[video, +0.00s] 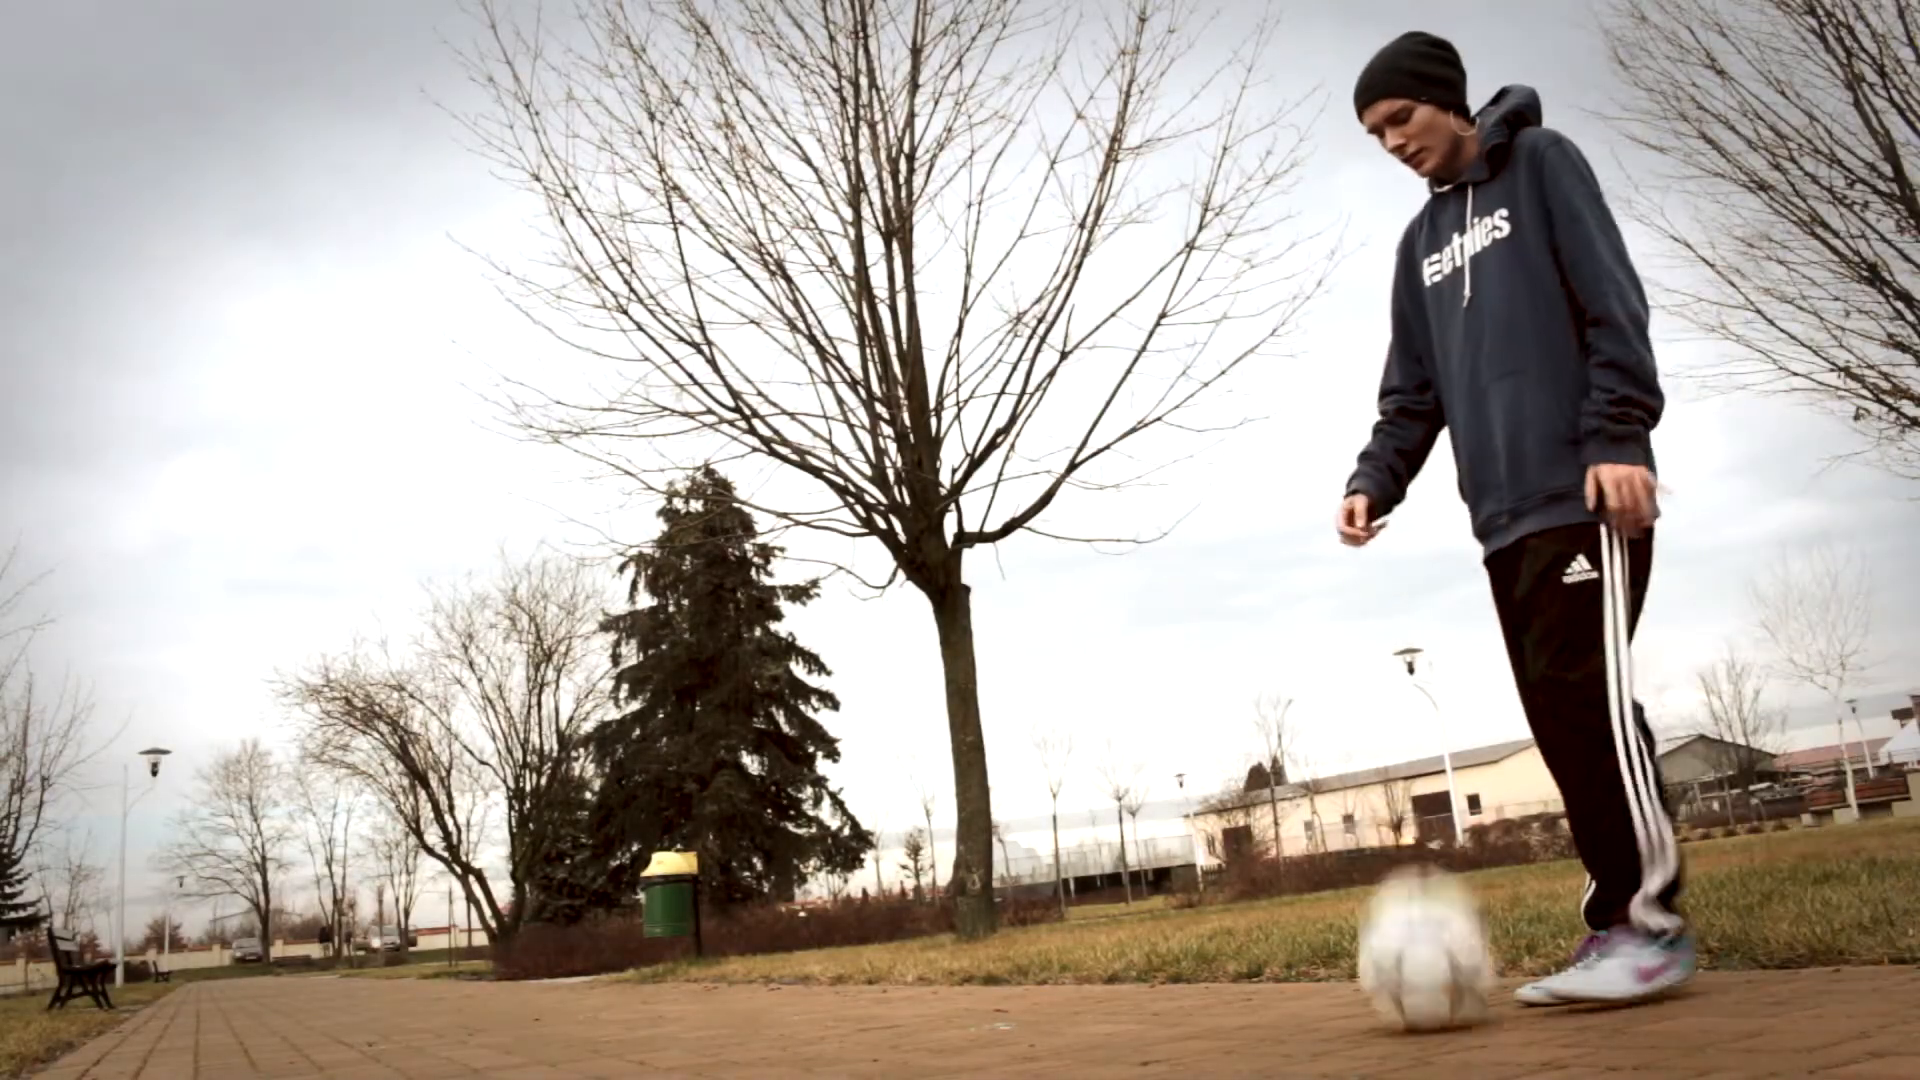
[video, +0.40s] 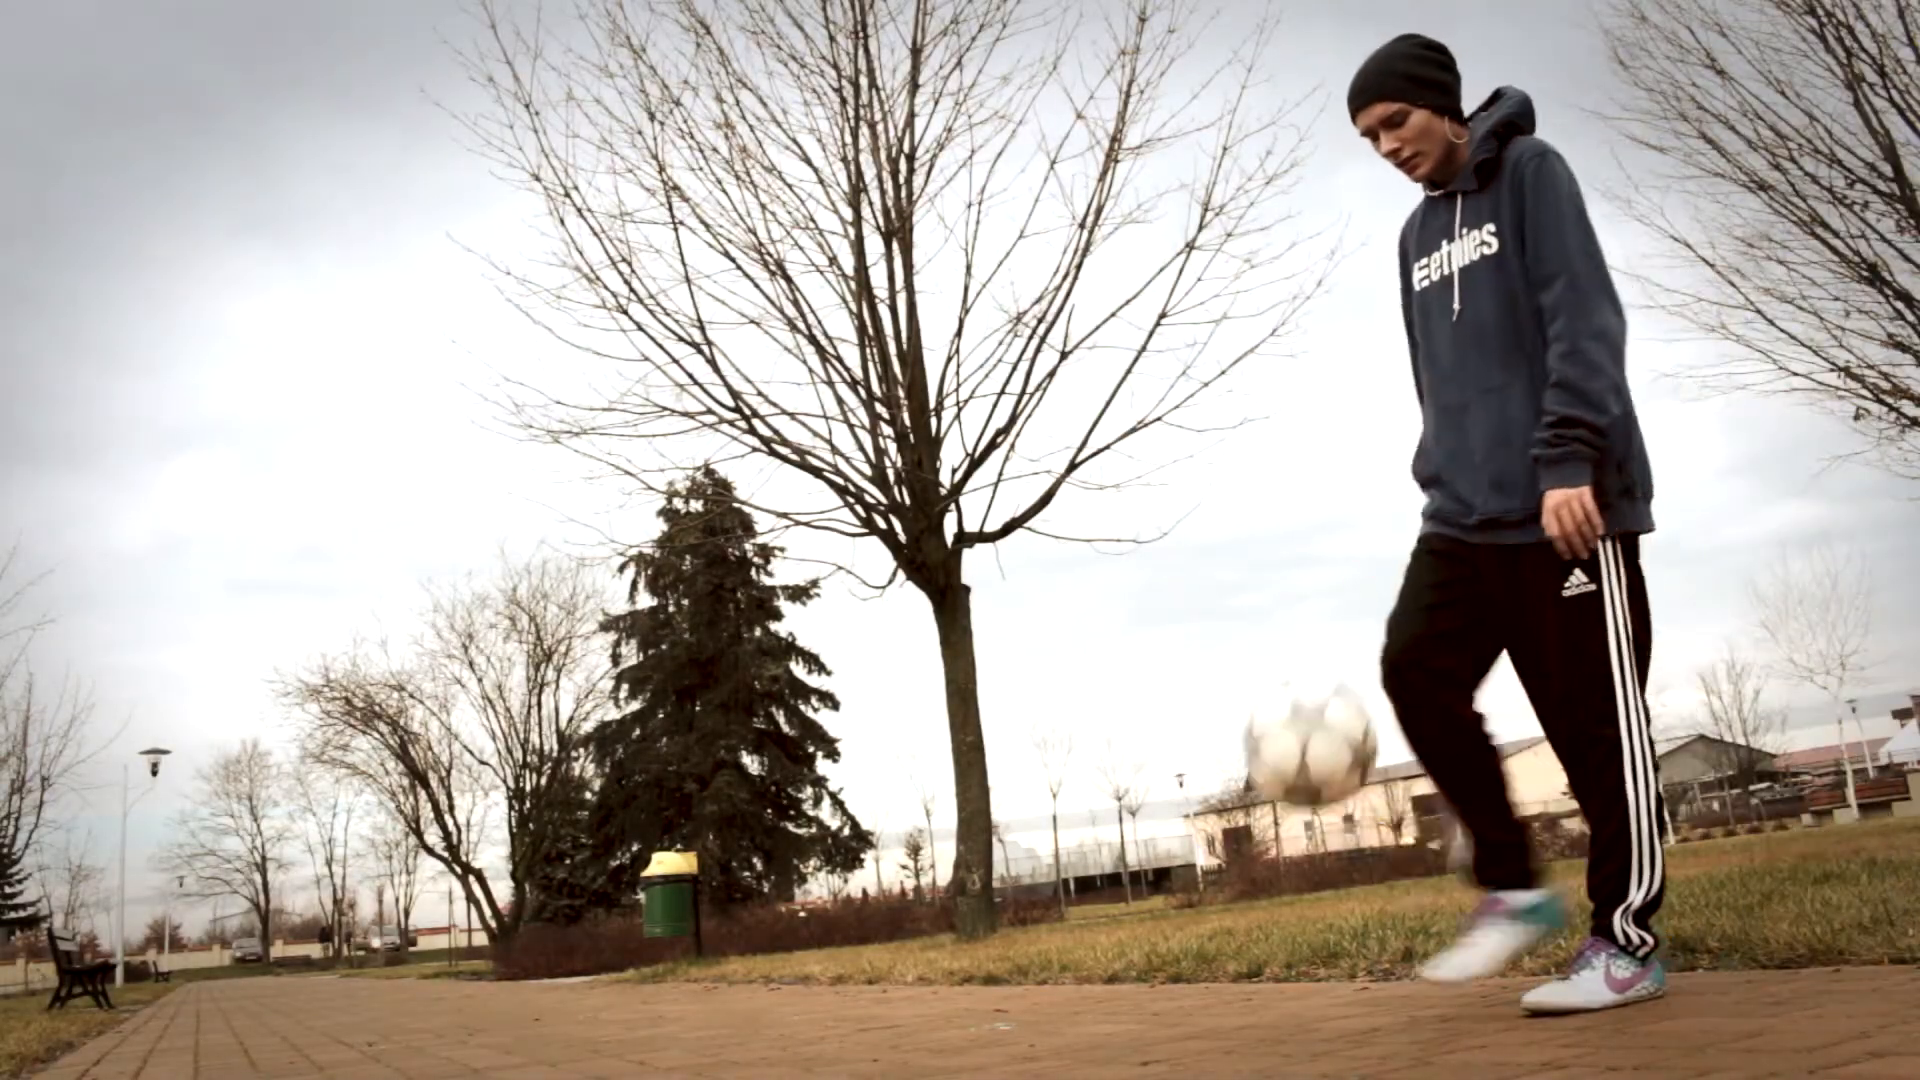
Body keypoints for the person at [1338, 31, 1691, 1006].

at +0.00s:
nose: (1396, 142)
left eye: (1403, 118)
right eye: (1381, 133)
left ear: (1449, 96)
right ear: (1383, 142)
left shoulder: (1541, 162)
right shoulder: (1421, 241)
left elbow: (1613, 305)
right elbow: (1413, 386)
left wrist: (1620, 440)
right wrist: (1374, 480)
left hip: (1581, 485)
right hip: (1501, 512)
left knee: (1580, 692)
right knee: (1553, 710)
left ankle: (1654, 929)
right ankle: (1617, 930)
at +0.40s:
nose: (1390, 145)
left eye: (1399, 121)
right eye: (1375, 136)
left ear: (1445, 102)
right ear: (1376, 145)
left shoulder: (1529, 170)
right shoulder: (1418, 231)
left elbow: (1582, 316)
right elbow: (1439, 369)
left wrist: (1569, 462)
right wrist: (1447, 478)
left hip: (1559, 502)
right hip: (1465, 513)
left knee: (1600, 727)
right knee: (1417, 680)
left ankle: (1628, 944)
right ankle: (1515, 893)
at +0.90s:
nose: (1348, 160)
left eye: (1353, 136)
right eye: (1333, 151)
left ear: (1402, 111)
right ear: (1340, 155)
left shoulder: (1503, 178)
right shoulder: (1386, 247)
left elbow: (1578, 315)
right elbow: (1386, 404)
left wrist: (1595, 458)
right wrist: (1354, 519)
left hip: (1528, 494)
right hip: (1441, 516)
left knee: (1496, 708)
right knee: (1466, 719)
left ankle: (1590, 921)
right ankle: (1535, 945)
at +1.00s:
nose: (1333, 171)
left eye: (1337, 147)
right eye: (1318, 162)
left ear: (1387, 119)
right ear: (1328, 164)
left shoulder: (1490, 178)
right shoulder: (1377, 257)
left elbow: (1584, 301)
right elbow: (1360, 404)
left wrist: (1645, 445)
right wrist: (1286, 512)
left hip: (1525, 491)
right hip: (1449, 510)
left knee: (1429, 695)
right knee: (1479, 716)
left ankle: (1467, 930)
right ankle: (1546, 949)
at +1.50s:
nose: (1324, 163)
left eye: (1327, 138)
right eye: (1309, 154)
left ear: (1377, 108)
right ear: (1321, 153)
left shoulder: (1474, 169)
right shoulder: (1380, 238)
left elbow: (1547, 318)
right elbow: (1421, 388)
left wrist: (1520, 447)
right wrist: (1399, 499)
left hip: (1539, 503)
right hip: (1447, 525)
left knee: (1558, 720)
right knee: (1439, 710)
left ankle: (1607, 952)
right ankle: (1521, 938)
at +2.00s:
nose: (1299, 192)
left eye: (1299, 169)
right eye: (1286, 181)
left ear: (1341, 137)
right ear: (1311, 167)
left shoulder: (1451, 174)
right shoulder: (1368, 253)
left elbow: (1566, 302)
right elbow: (1411, 408)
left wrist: (1595, 443)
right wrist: (1396, 520)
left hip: (1531, 493)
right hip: (1462, 513)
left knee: (1471, 690)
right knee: (1487, 704)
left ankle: (1555, 933)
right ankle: (1561, 938)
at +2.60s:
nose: (1260, 243)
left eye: (1260, 220)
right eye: (1246, 231)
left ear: (1303, 184)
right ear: (1274, 210)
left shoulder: (1420, 209)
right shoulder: (1345, 278)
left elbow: (1552, 328)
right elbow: (1412, 385)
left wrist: (1523, 456)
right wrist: (1390, 472)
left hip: (1583, 480)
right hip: (1485, 500)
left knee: (1580, 719)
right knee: (1423, 648)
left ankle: (1610, 953)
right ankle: (1455, 873)